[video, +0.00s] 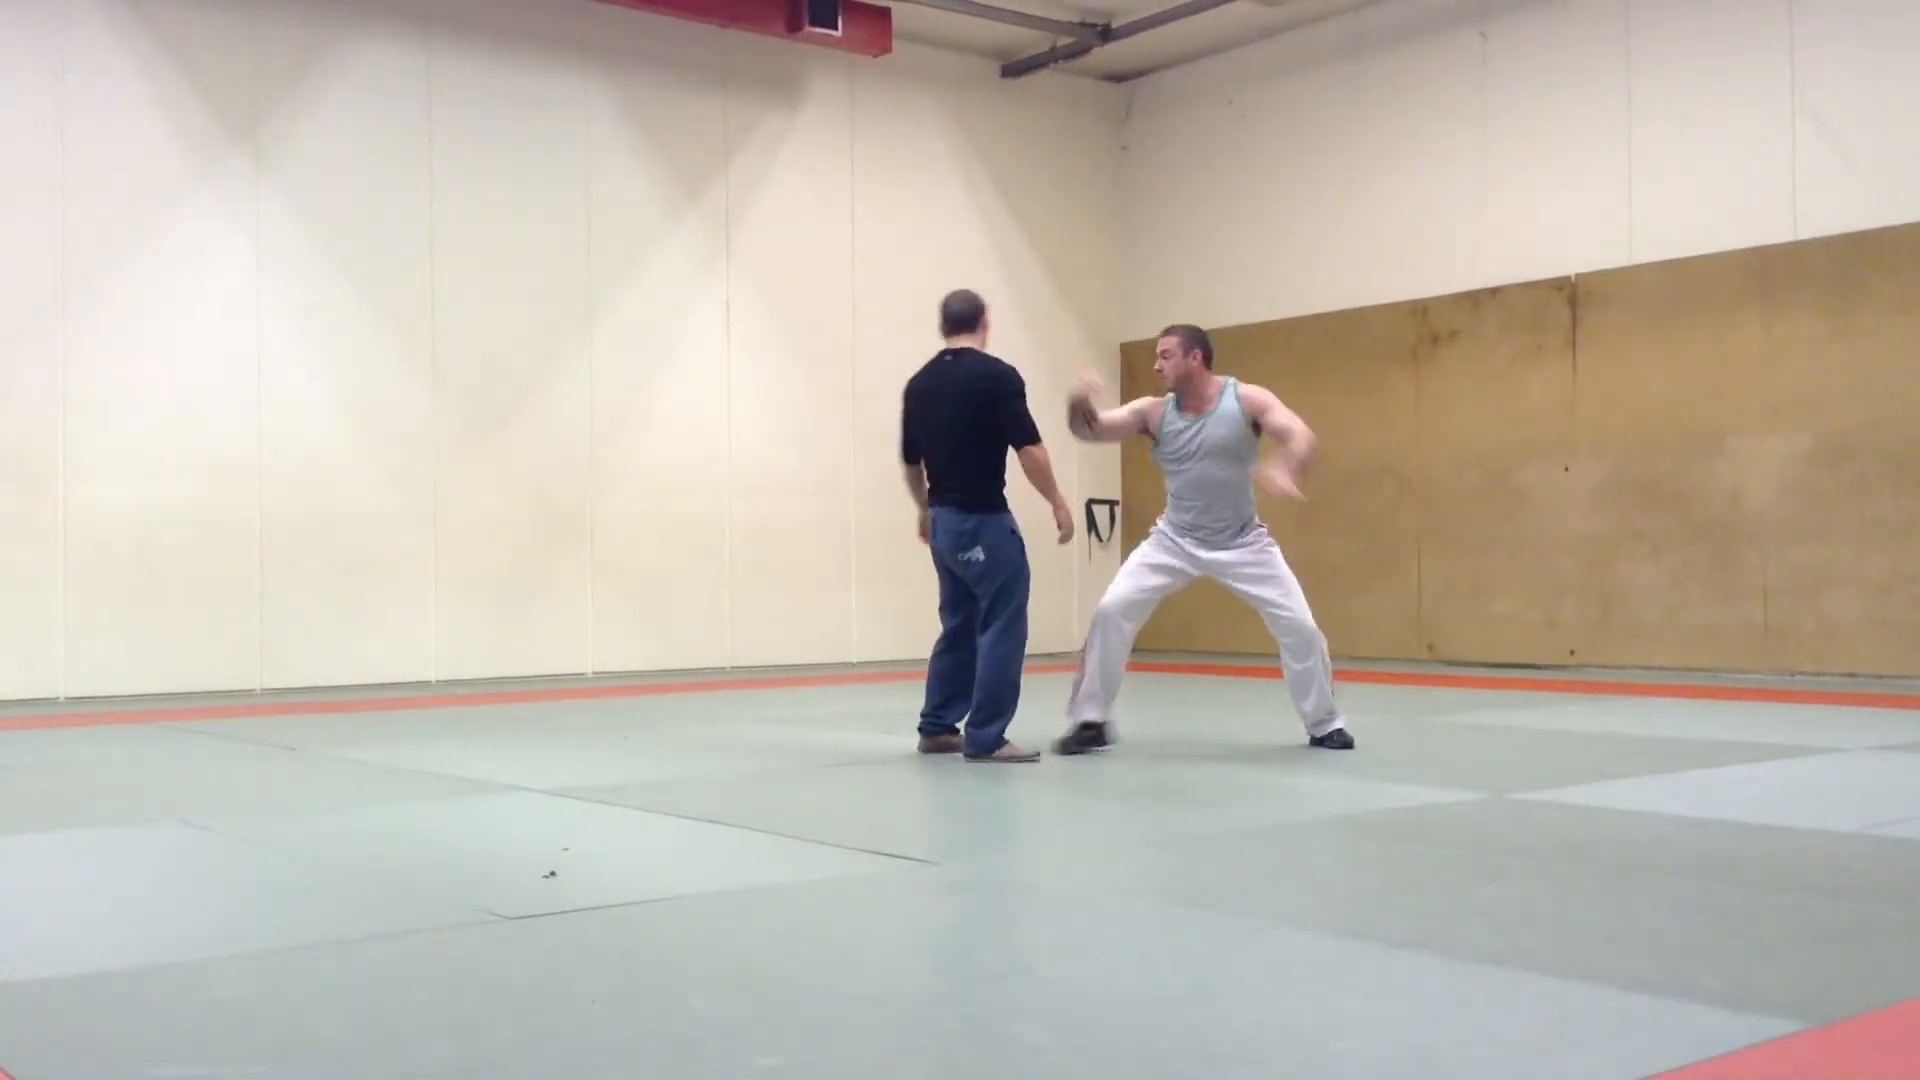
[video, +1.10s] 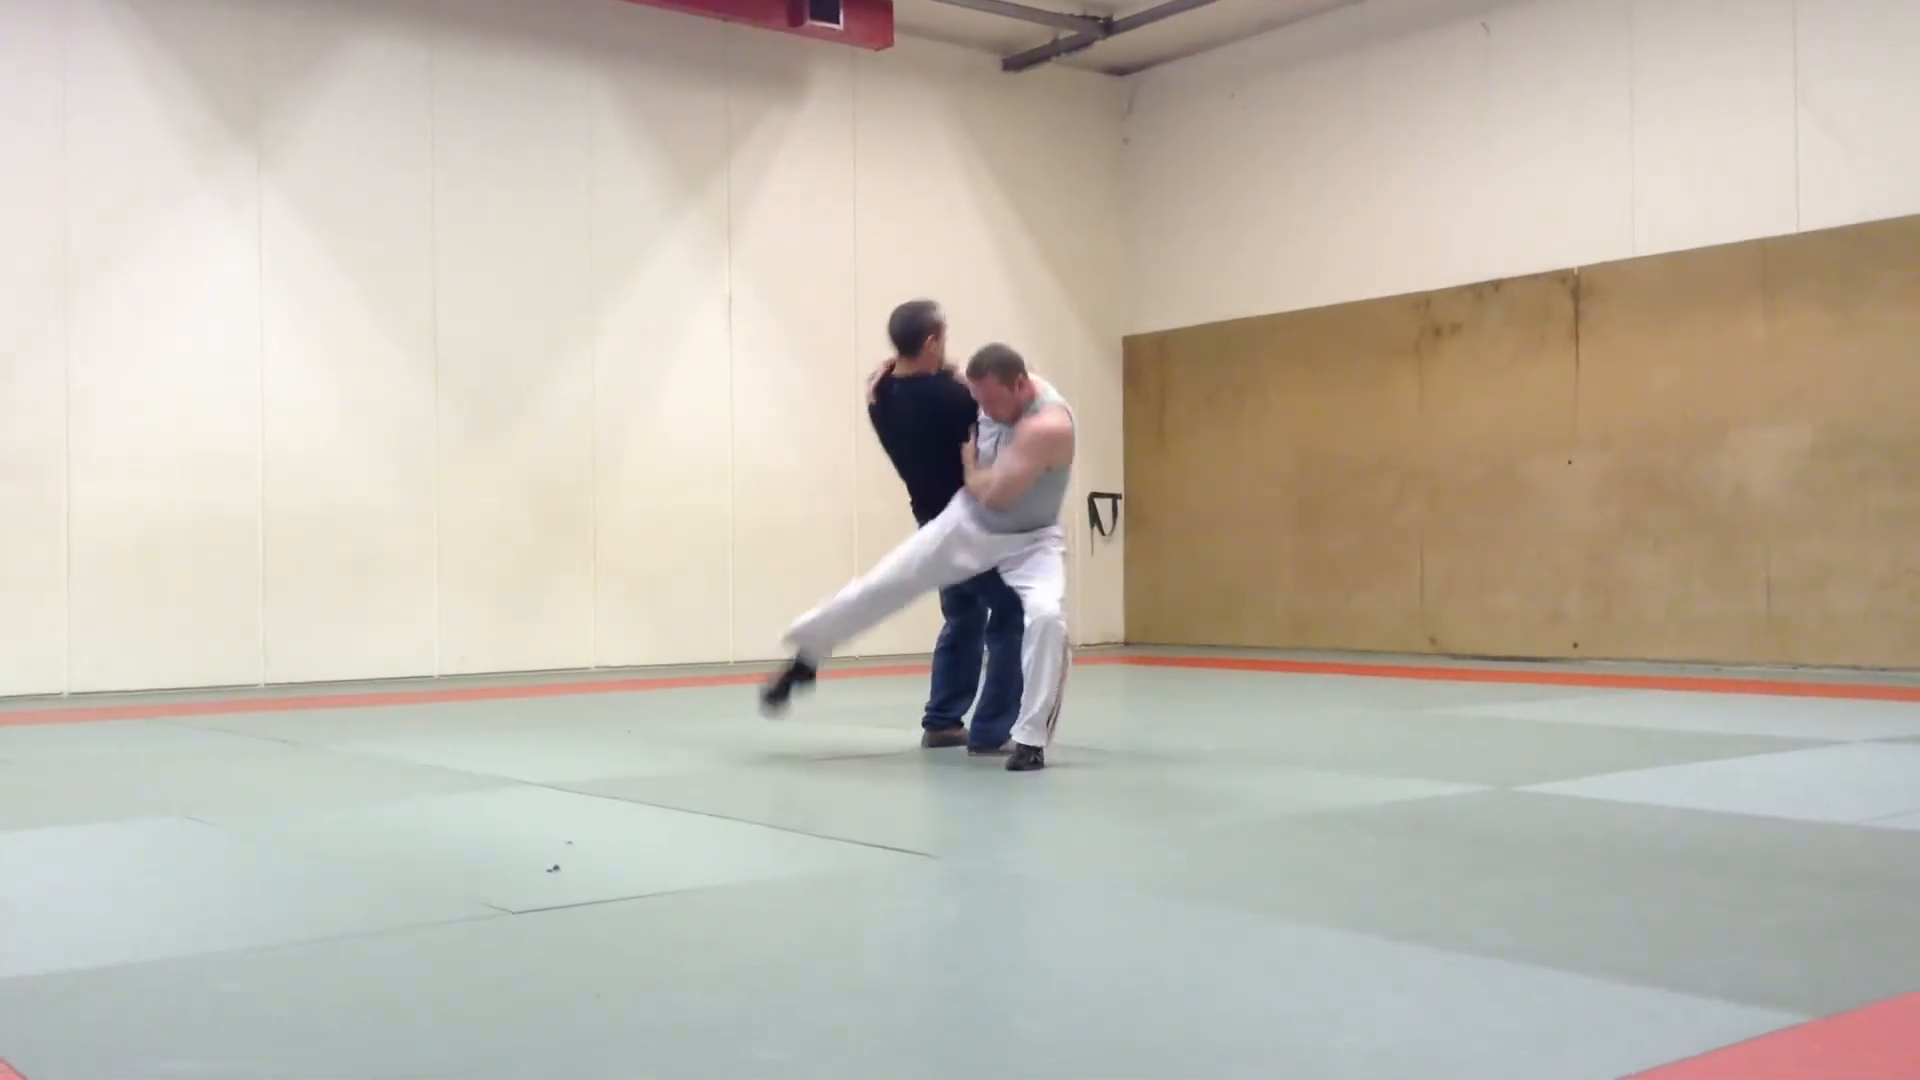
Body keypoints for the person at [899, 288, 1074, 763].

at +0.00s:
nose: (988, 327)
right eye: (987, 320)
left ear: (943, 327)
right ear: (983, 322)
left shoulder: (919, 383)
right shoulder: (999, 376)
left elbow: (912, 462)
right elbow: (1030, 452)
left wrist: (924, 509)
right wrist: (1057, 501)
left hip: (943, 522)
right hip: (987, 524)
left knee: (959, 625)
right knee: (1005, 627)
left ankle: (937, 726)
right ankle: (986, 739)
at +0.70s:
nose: (966, 334)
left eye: (964, 327)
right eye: (965, 327)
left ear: (918, 330)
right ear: (954, 326)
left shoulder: (898, 390)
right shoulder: (968, 375)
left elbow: (910, 464)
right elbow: (1004, 447)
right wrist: (1028, 488)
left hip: (937, 526)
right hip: (978, 524)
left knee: (961, 623)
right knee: (1006, 622)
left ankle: (939, 724)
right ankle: (989, 730)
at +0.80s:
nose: (970, 333)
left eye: (970, 326)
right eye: (969, 326)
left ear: (923, 327)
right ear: (956, 324)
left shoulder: (899, 380)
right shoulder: (963, 373)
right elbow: (1003, 455)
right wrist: (1030, 488)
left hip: (936, 521)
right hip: (977, 521)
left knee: (960, 621)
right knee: (1005, 619)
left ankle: (939, 722)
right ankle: (989, 732)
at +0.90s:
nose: (970, 333)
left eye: (969, 325)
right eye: (969, 325)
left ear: (923, 326)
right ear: (957, 324)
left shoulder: (898, 380)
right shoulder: (964, 376)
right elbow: (996, 445)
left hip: (937, 515)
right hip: (979, 511)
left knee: (963, 617)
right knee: (1009, 616)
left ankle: (940, 721)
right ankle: (990, 732)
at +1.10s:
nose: (947, 345)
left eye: (943, 337)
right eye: (943, 338)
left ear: (895, 344)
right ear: (932, 341)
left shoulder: (882, 396)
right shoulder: (954, 395)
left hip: (930, 524)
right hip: (967, 519)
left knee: (962, 618)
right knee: (1011, 616)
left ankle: (942, 719)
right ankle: (993, 729)